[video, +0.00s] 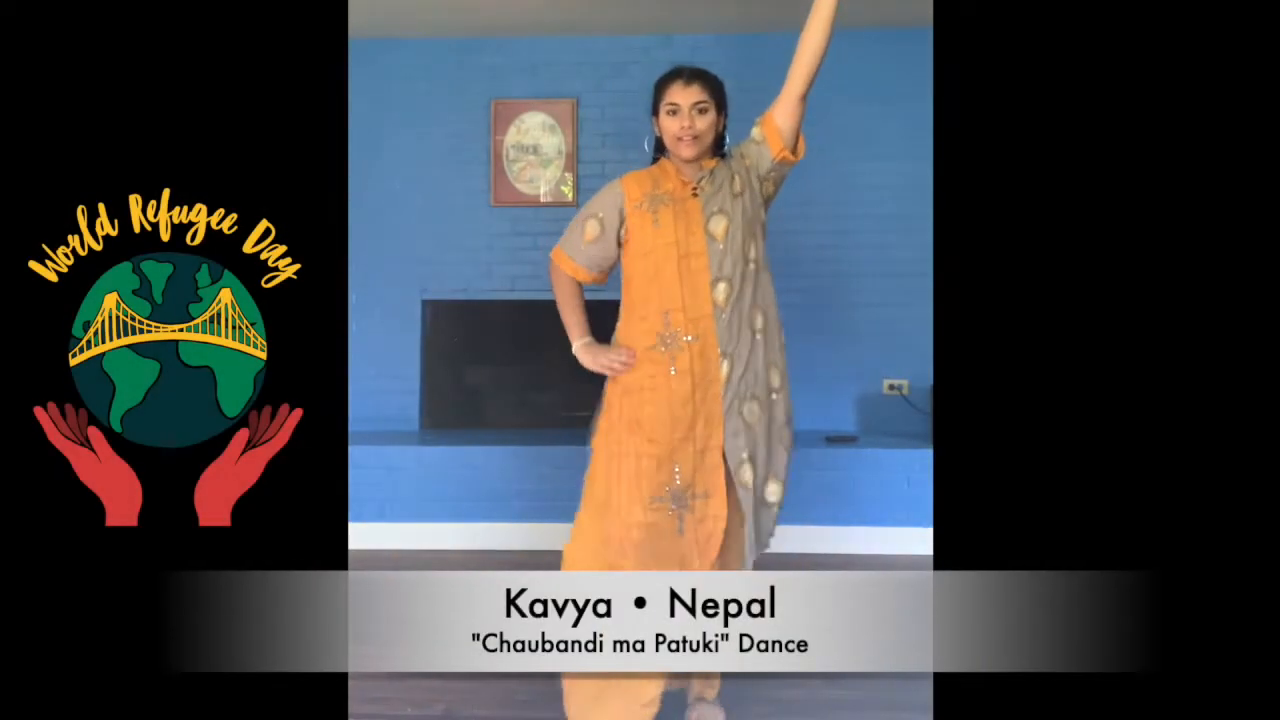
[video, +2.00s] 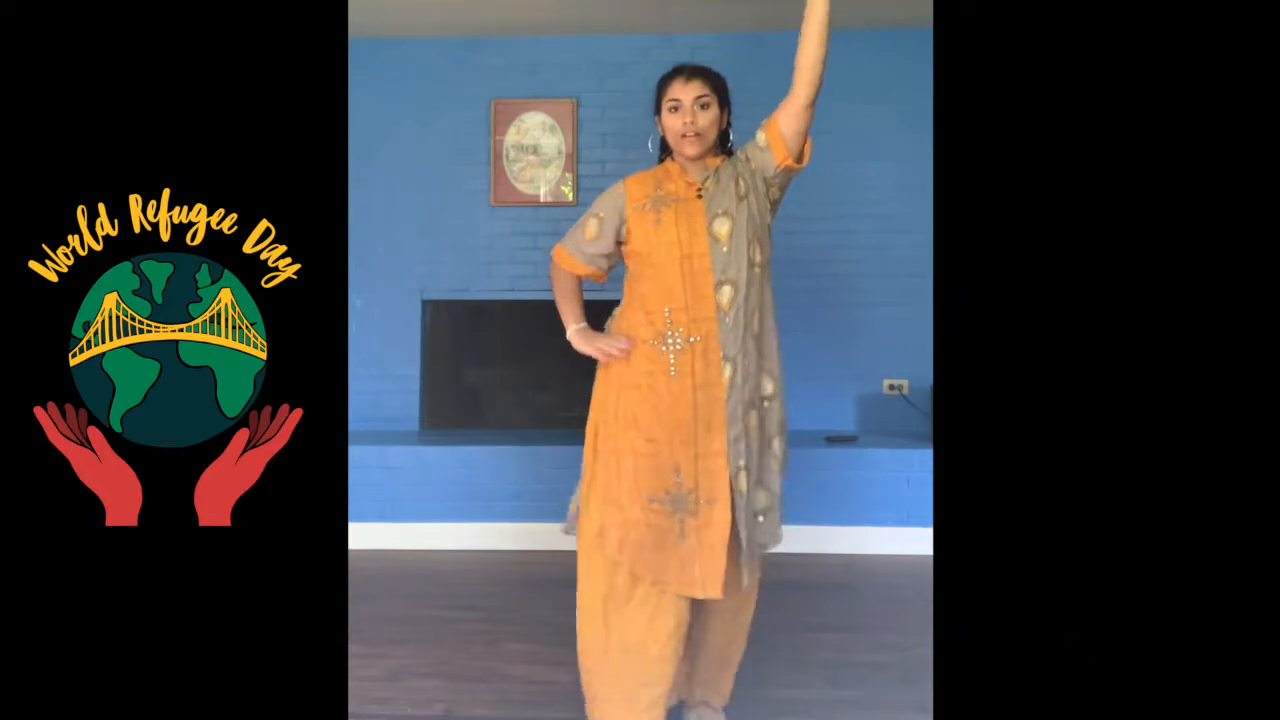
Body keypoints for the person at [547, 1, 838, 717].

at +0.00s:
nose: (686, 121)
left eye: (700, 109)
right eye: (673, 110)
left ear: (720, 120)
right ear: (656, 121)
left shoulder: (745, 180)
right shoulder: (631, 193)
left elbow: (796, 88)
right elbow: (565, 262)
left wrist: (827, 2)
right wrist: (583, 344)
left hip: (728, 387)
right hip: (646, 388)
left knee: (717, 541)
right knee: (628, 540)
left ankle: (705, 691)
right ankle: (619, 700)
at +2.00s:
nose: (689, 117)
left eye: (702, 105)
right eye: (675, 107)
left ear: (723, 117)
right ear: (660, 121)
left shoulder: (751, 179)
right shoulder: (634, 194)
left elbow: (803, 91)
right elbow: (566, 258)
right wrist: (579, 332)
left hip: (731, 391)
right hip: (643, 390)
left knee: (729, 551)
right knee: (634, 552)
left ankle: (704, 701)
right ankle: (630, 705)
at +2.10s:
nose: (688, 120)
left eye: (702, 108)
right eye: (675, 110)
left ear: (723, 119)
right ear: (660, 123)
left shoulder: (749, 184)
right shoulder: (631, 198)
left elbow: (813, 130)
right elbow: (568, 266)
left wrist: (812, 29)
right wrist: (585, 340)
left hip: (731, 396)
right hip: (647, 396)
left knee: (724, 555)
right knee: (635, 556)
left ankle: (700, 701)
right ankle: (619, 706)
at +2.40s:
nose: (681, 107)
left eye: (695, 95)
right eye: (667, 96)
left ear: (716, 108)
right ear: (651, 112)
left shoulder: (744, 166)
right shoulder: (625, 187)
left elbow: (809, 115)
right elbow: (563, 254)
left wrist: (822, 72)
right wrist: (544, 235)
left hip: (724, 387)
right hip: (640, 388)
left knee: (718, 551)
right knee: (633, 548)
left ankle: (713, 703)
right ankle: (629, 700)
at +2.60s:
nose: (679, 101)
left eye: (693, 90)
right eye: (666, 91)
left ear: (714, 106)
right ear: (649, 107)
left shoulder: (744, 167)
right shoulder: (618, 181)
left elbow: (847, 176)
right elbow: (555, 226)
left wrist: (784, 191)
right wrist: (538, 241)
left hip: (720, 383)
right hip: (634, 386)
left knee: (719, 536)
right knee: (630, 536)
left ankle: (704, 697)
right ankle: (627, 699)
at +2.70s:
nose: (682, 103)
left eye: (696, 92)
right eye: (669, 93)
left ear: (718, 106)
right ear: (652, 108)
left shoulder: (747, 180)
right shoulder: (617, 184)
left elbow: (823, 257)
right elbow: (554, 255)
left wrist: (769, 241)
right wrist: (575, 274)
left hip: (719, 381)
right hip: (633, 382)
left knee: (717, 526)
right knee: (633, 528)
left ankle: (703, 690)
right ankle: (628, 692)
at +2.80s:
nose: (689, 119)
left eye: (702, 106)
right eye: (675, 109)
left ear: (725, 118)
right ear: (660, 124)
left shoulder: (754, 202)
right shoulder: (628, 197)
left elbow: (771, 313)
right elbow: (588, 276)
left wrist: (734, 297)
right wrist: (600, 295)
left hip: (723, 392)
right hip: (640, 388)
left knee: (718, 536)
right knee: (640, 537)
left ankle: (704, 689)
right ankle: (627, 690)